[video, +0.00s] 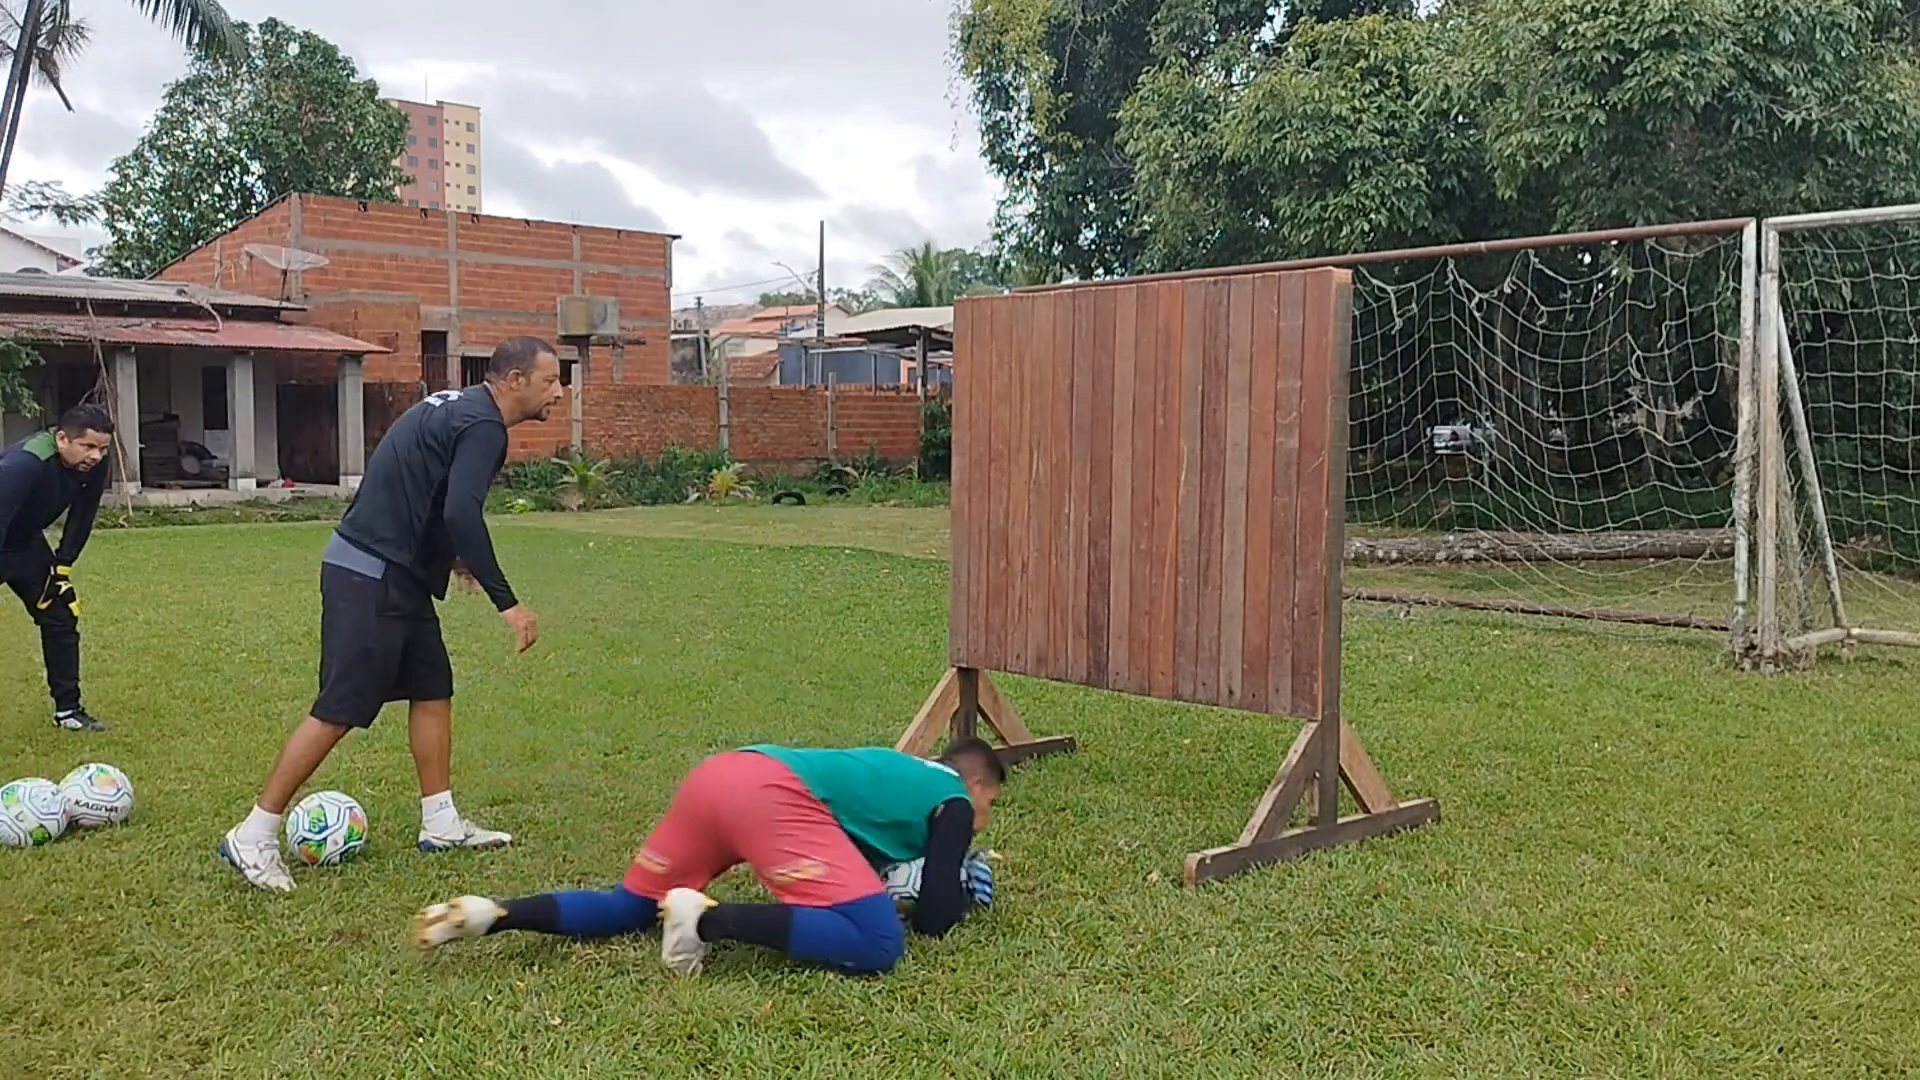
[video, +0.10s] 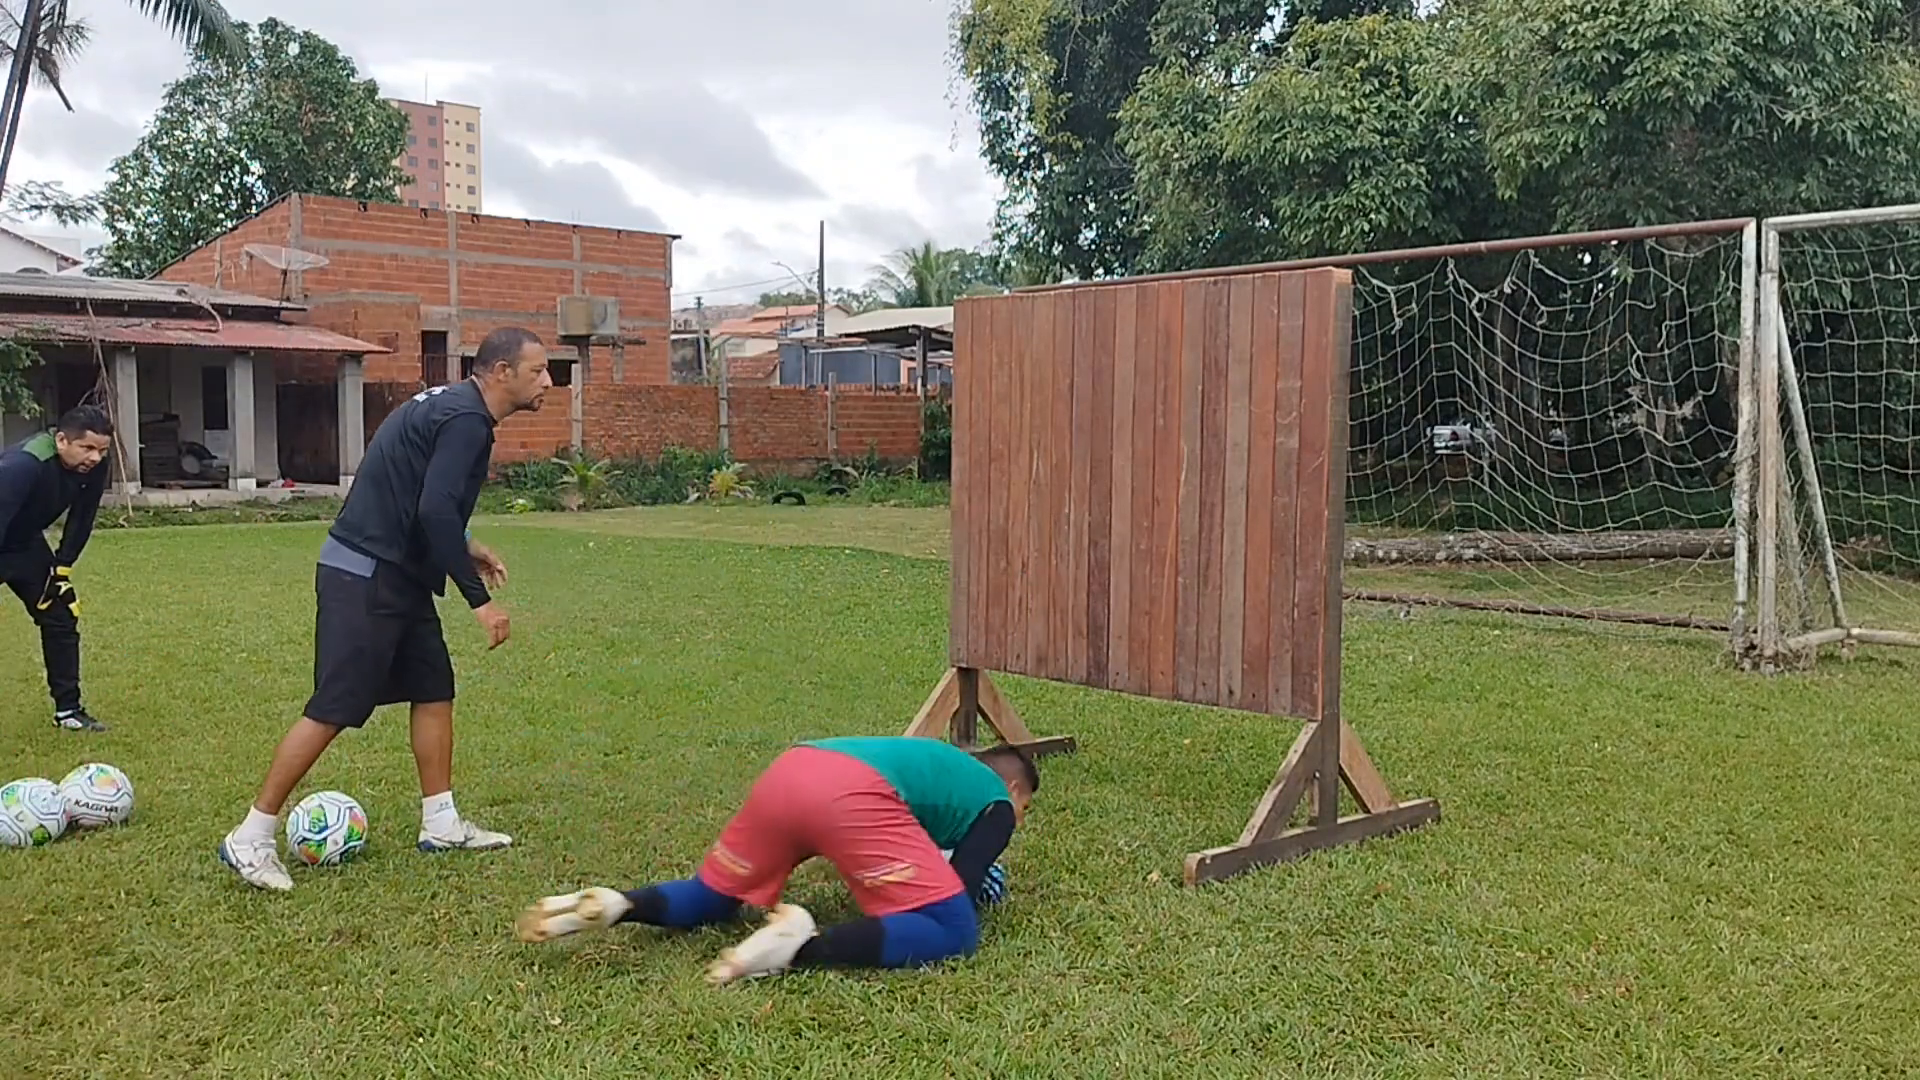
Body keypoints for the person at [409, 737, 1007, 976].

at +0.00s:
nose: (982, 817)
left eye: (985, 808)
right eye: (988, 805)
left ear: (948, 766)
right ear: (976, 786)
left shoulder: (891, 775)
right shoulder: (953, 798)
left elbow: (848, 868)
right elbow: (935, 918)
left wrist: (907, 881)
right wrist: (959, 895)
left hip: (715, 770)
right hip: (770, 785)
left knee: (633, 903)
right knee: (874, 941)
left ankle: (495, 914)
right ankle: (704, 919)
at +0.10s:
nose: (1016, 808)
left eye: (1018, 799)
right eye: (1021, 799)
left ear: (983, 762)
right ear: (1014, 787)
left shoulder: (930, 764)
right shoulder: (998, 801)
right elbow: (952, 886)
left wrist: (966, 877)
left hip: (791, 765)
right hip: (855, 786)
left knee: (707, 895)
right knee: (951, 930)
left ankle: (615, 905)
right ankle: (802, 944)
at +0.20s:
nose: (1020, 773)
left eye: (1021, 765)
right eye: (1023, 766)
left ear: (983, 737)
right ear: (1015, 757)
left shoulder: (922, 737)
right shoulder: (1014, 781)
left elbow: (891, 853)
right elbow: (965, 863)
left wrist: (919, 899)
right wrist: (923, 919)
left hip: (836, 767)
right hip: (913, 795)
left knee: (806, 879)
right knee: (1003, 906)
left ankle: (729, 902)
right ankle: (909, 937)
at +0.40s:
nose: (958, 634)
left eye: (956, 627)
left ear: (951, 625)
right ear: (1007, 626)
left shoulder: (918, 661)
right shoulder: (1040, 665)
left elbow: (899, 739)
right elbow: (1055, 749)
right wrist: (1024, 815)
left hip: (884, 783)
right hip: (966, 798)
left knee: (867, 888)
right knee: (1036, 912)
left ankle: (776, 916)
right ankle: (960, 937)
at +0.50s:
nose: (928, 583)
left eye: (928, 576)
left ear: (933, 576)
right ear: (987, 580)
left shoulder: (905, 614)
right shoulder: (1029, 617)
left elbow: (842, 683)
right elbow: (1059, 670)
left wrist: (865, 758)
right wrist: (1051, 750)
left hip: (890, 772)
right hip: (973, 794)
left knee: (838, 835)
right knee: (1037, 909)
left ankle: (775, 895)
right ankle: (972, 936)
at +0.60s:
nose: (882, 559)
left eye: (881, 552)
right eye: (883, 553)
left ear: (891, 549)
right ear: (944, 547)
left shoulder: (875, 583)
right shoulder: (997, 596)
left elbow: (791, 640)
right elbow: (1030, 684)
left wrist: (844, 697)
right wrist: (1008, 742)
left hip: (887, 778)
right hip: (974, 792)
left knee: (831, 741)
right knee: (1033, 911)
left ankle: (819, 880)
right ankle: (973, 939)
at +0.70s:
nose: (835, 538)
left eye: (835, 530)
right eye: (836, 530)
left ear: (848, 529)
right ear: (901, 527)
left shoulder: (828, 566)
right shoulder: (949, 571)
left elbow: (758, 644)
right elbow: (971, 667)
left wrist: (815, 703)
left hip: (886, 786)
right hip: (968, 789)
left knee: (836, 731)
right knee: (1013, 907)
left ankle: (882, 882)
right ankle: (992, 948)